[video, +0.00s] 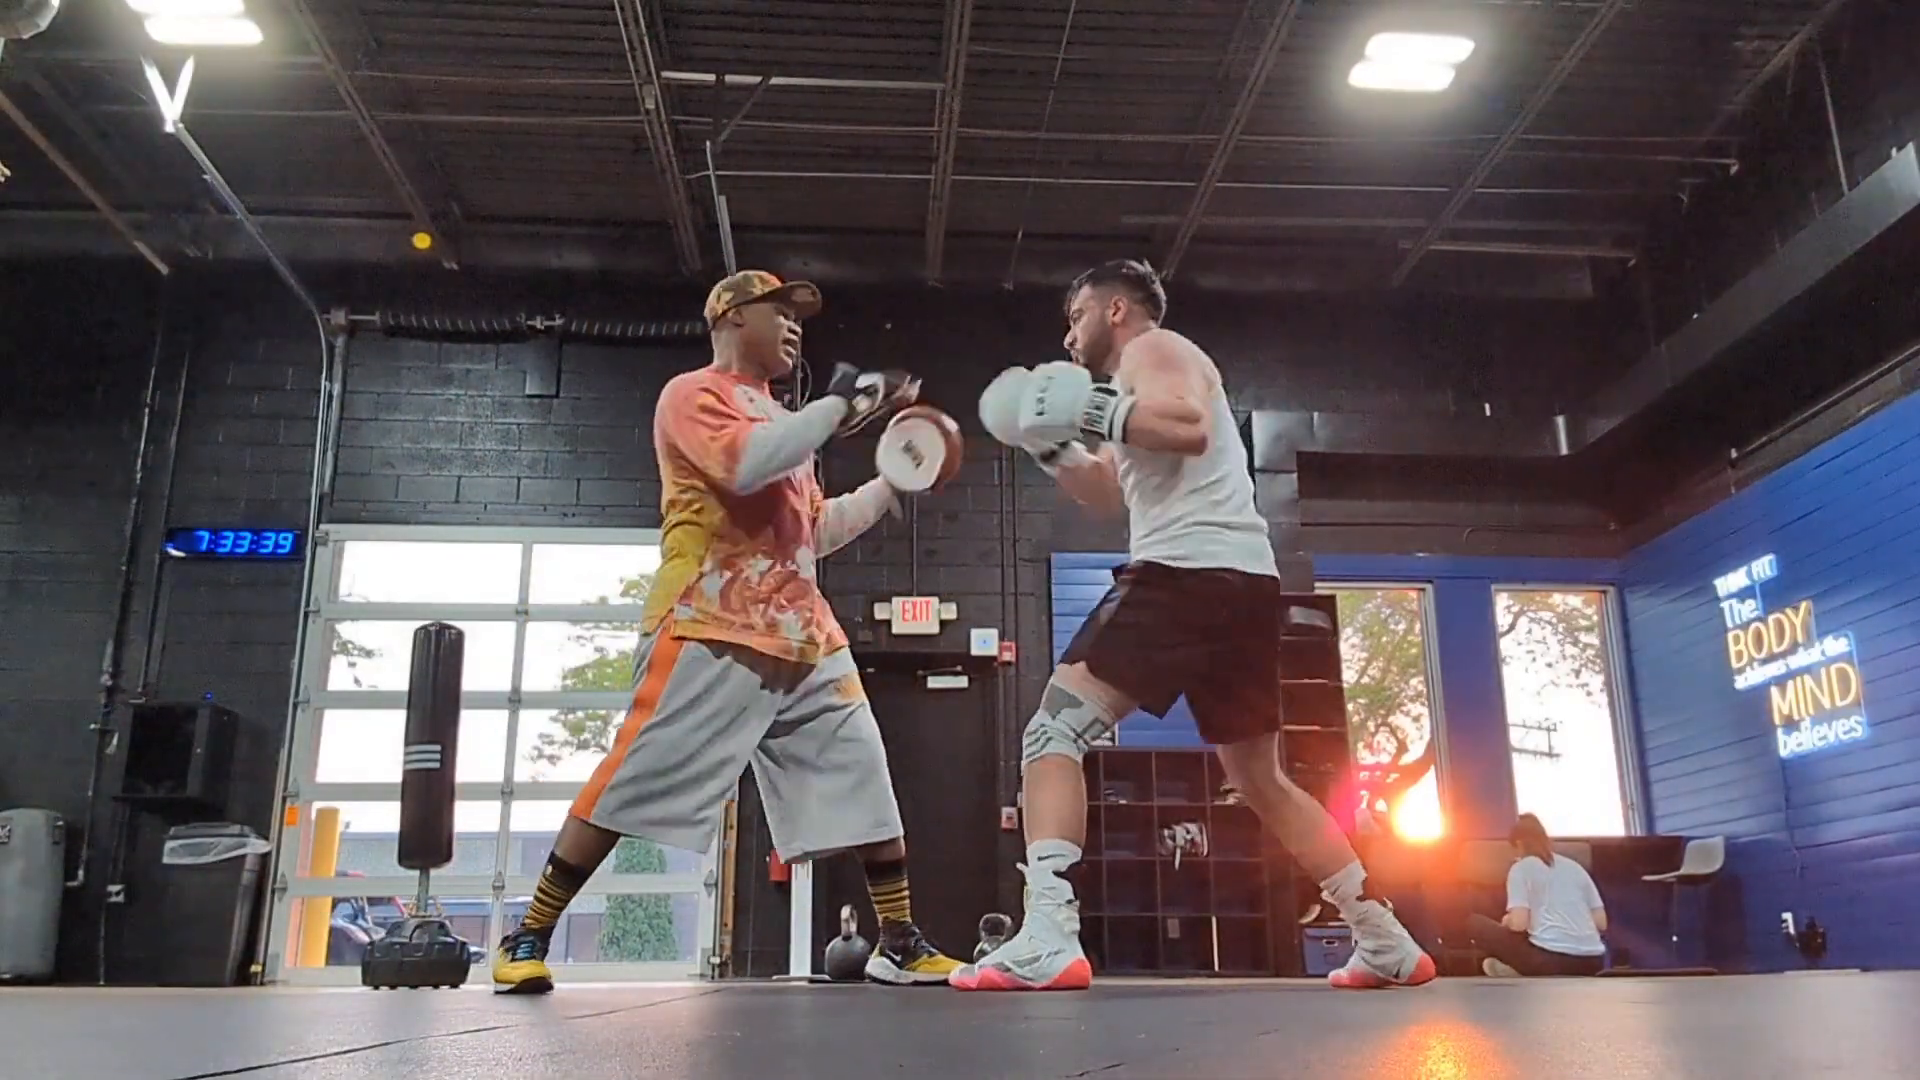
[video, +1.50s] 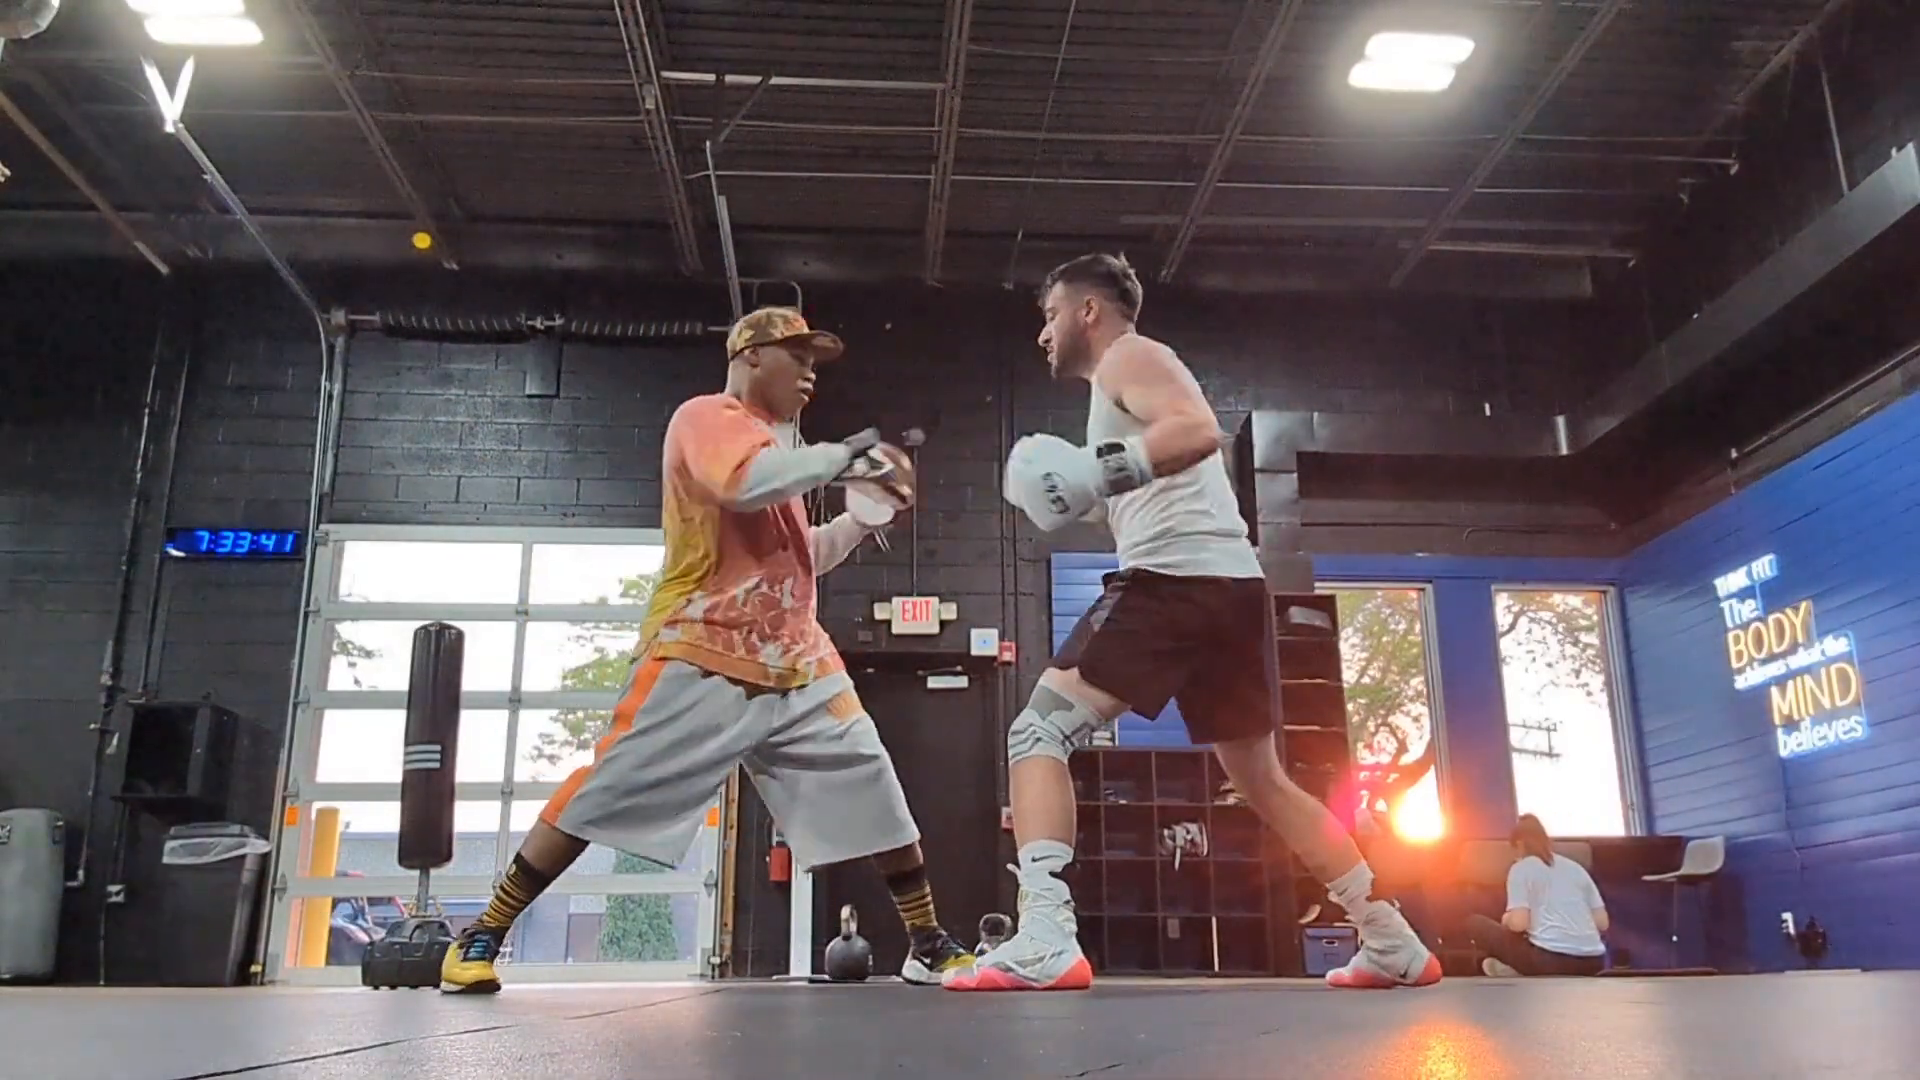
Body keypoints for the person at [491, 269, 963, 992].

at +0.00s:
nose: (797, 327)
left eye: (795, 317)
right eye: (781, 313)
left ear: (765, 331)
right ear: (733, 321)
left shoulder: (783, 424)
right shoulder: (689, 393)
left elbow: (813, 532)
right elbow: (743, 465)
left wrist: (892, 480)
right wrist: (845, 404)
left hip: (800, 620)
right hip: (711, 619)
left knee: (862, 765)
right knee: (634, 772)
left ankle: (897, 937)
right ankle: (530, 936)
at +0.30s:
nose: (774, 317)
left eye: (779, 305)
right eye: (755, 303)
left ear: (787, 317)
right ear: (718, 319)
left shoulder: (807, 406)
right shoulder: (686, 392)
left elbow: (841, 512)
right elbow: (737, 453)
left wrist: (862, 483)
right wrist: (751, 355)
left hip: (786, 610)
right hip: (693, 604)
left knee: (823, 762)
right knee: (625, 755)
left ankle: (821, 937)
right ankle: (535, 930)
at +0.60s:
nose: (729, 342)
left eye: (737, 329)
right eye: (711, 329)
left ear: (744, 344)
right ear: (670, 342)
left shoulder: (771, 410)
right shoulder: (633, 424)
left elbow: (868, 436)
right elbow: (691, 450)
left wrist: (800, 423)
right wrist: (737, 351)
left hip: (781, 633)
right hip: (670, 632)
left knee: (854, 746)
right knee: (588, 772)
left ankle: (841, 924)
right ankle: (479, 935)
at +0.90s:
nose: (790, 389)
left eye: (792, 376)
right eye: (774, 373)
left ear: (794, 383)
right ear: (727, 373)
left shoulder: (816, 451)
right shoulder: (667, 456)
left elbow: (909, 485)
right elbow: (593, 551)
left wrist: (904, 425)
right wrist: (626, 588)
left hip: (794, 654)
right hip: (684, 656)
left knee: (885, 781)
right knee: (605, 779)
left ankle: (934, 945)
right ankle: (483, 938)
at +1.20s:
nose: (816, 392)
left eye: (821, 380)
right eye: (804, 376)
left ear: (819, 383)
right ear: (757, 373)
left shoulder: (838, 451)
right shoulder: (695, 451)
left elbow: (913, 486)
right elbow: (601, 519)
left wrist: (895, 511)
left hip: (816, 659)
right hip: (703, 656)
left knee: (896, 775)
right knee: (604, 785)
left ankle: (934, 943)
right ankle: (477, 941)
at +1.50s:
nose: (813, 377)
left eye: (815, 365)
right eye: (800, 360)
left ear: (777, 370)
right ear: (752, 359)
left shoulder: (782, 452)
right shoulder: (704, 415)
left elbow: (800, 559)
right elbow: (739, 483)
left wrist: (861, 517)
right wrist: (845, 453)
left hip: (796, 648)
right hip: (704, 643)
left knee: (873, 773)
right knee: (607, 785)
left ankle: (929, 944)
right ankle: (484, 937)